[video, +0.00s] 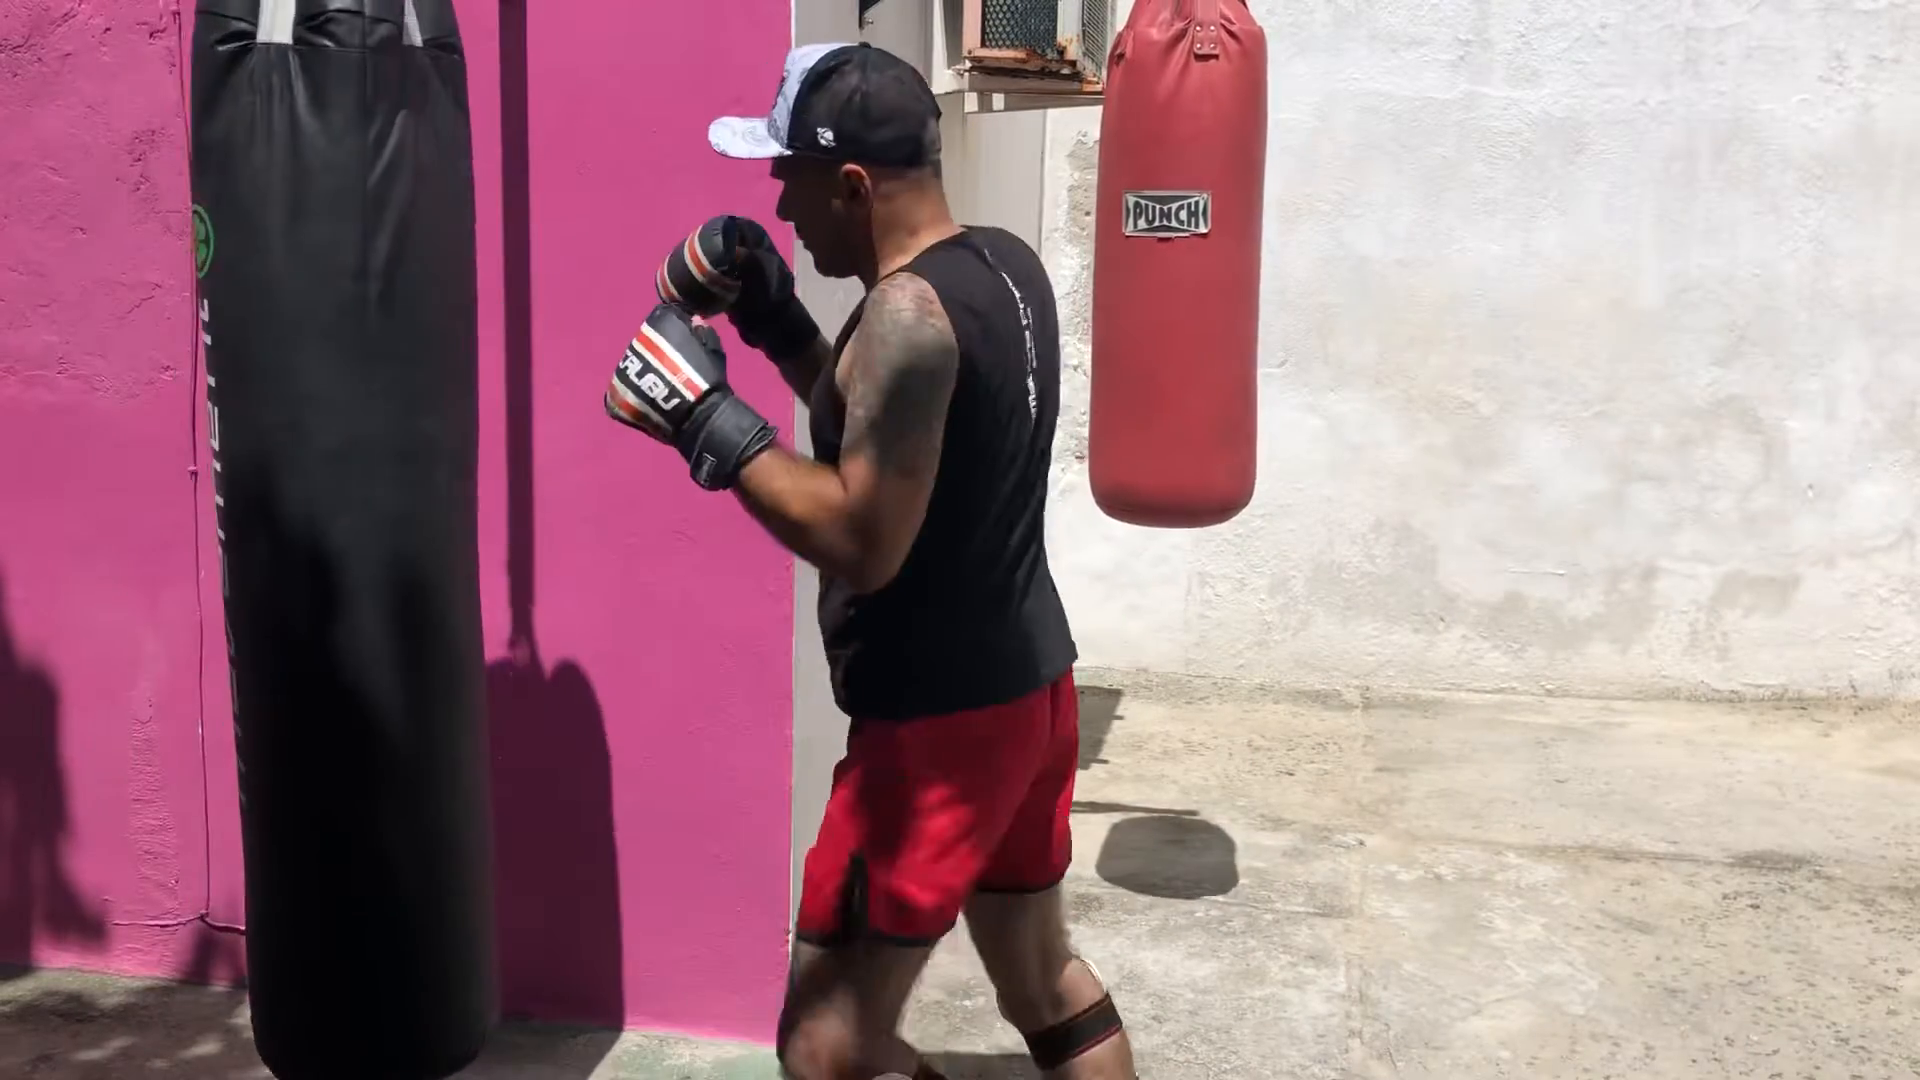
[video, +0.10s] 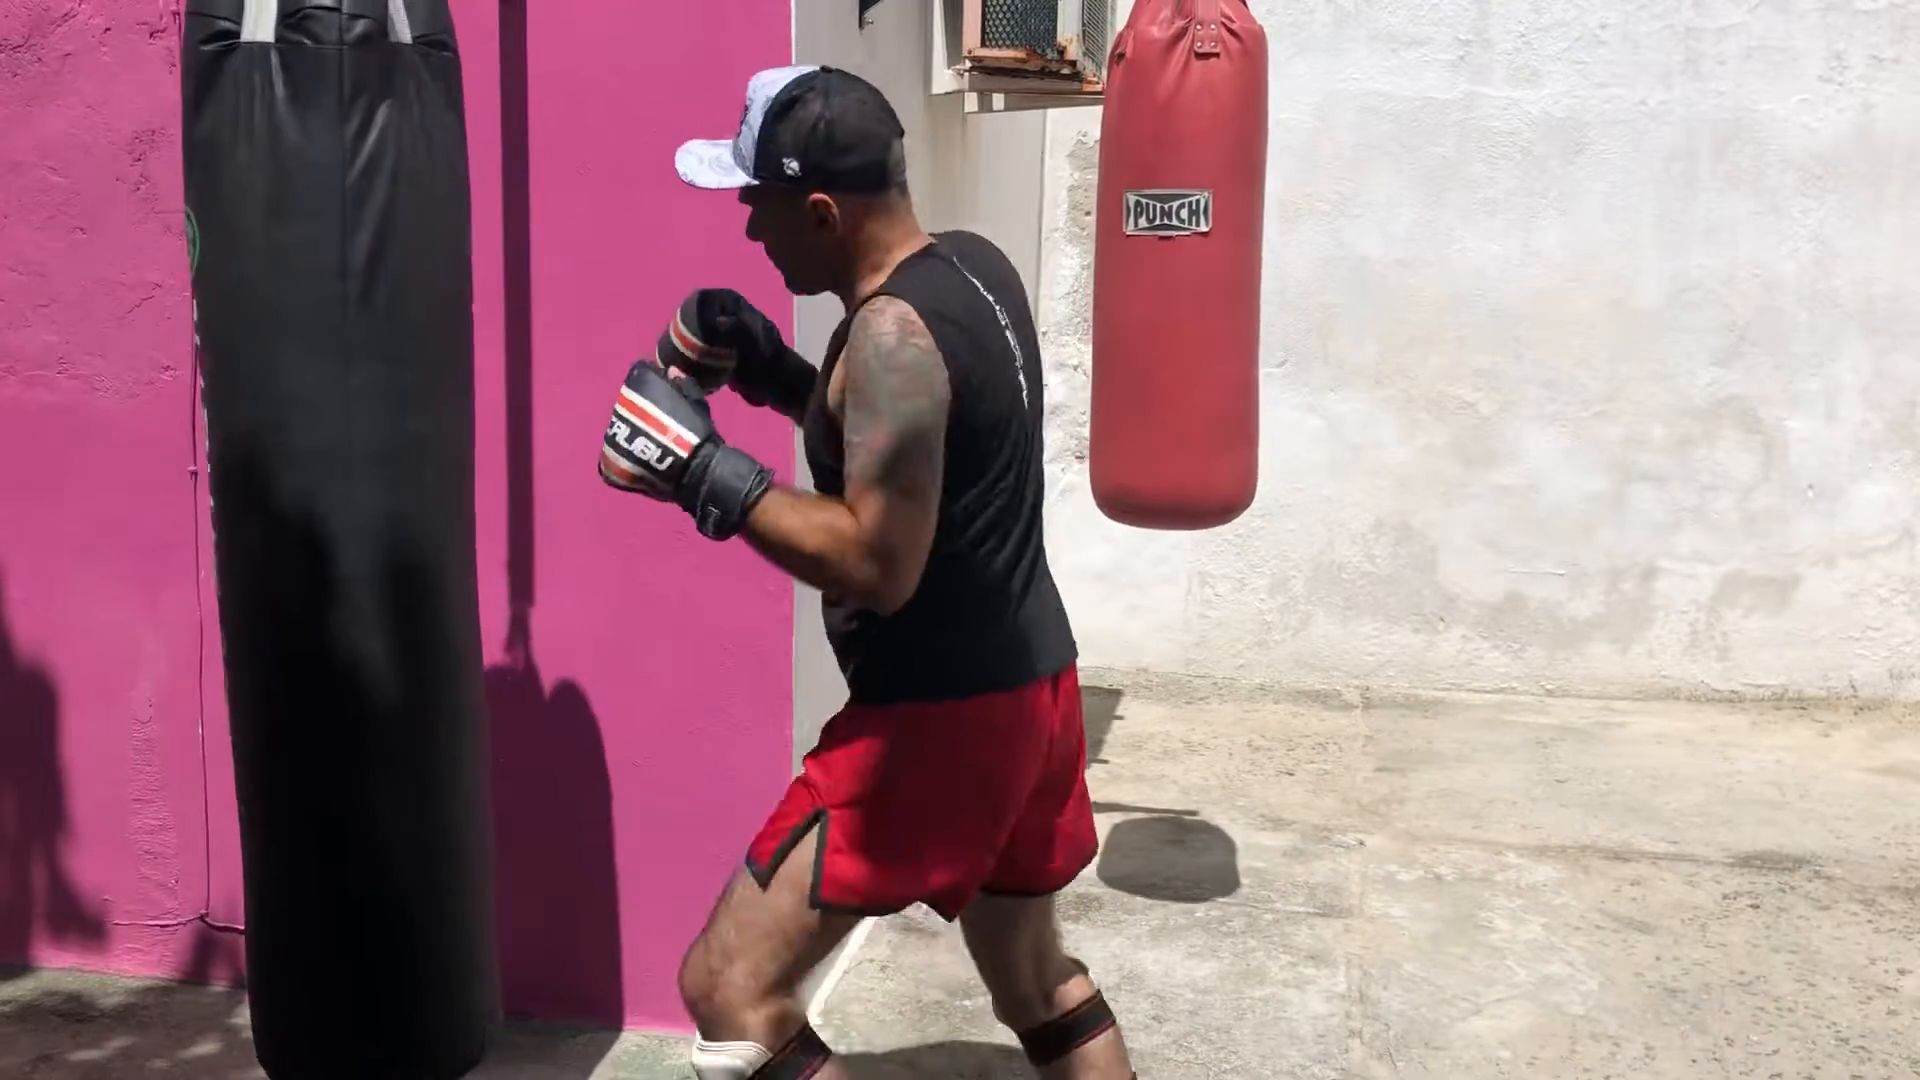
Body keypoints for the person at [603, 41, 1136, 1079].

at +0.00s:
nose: (779, 202)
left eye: (788, 176)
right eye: (779, 176)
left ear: (855, 184)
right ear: (904, 172)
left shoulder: (906, 318)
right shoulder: (1012, 269)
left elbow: (858, 543)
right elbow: (882, 453)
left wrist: (708, 417)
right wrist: (783, 330)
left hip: (935, 720)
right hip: (1031, 687)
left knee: (833, 1045)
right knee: (1044, 980)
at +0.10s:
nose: (749, 223)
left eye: (758, 199)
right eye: (748, 200)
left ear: (823, 211)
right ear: (859, 196)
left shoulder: (891, 336)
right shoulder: (977, 269)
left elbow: (875, 565)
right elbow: (900, 462)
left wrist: (702, 470)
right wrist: (774, 373)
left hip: (930, 715)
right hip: (1032, 689)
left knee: (730, 989)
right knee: (1037, 979)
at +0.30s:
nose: (673, 232)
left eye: (682, 218)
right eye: (672, 214)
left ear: (741, 236)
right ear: (817, 206)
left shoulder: (763, 369)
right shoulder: (937, 311)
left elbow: (688, 581)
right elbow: (1006, 518)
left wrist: (513, 507)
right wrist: (972, 675)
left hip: (780, 738)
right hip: (929, 719)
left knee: (589, 1009)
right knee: (1004, 969)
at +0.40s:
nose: (635, 208)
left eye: (645, 193)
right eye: (639, 190)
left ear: (696, 215)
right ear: (779, 193)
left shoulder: (651, 345)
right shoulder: (910, 326)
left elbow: (481, 451)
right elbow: (1013, 526)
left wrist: (362, 344)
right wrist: (1073, 637)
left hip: (694, 740)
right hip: (863, 728)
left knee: (531, 998)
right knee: (947, 938)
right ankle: (1067, 1074)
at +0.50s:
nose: (490, 224)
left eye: (486, 206)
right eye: (483, 204)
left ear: (514, 216)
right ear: (626, 163)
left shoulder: (513, 347)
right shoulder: (772, 285)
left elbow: (391, 440)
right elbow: (890, 460)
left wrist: (342, 312)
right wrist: (951, 462)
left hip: (637, 743)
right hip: (785, 706)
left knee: (502, 999)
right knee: (762, 875)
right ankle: (880, 1063)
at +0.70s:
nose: (388, 245)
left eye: (384, 224)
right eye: (378, 224)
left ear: (417, 230)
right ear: (507, 155)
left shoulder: (507, 362)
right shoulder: (636, 230)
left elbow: (435, 536)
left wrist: (429, 349)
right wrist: (456, 304)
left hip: (630, 714)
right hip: (723, 659)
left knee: (473, 1026)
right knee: (630, 966)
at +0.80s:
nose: (378, 251)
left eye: (373, 231)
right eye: (369, 231)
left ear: (400, 243)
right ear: (520, 184)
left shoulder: (456, 388)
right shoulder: (650, 291)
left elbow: (351, 535)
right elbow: (749, 448)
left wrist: (414, 357)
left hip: (589, 783)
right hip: (702, 738)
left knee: (495, 1059)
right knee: (575, 1012)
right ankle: (605, 1058)